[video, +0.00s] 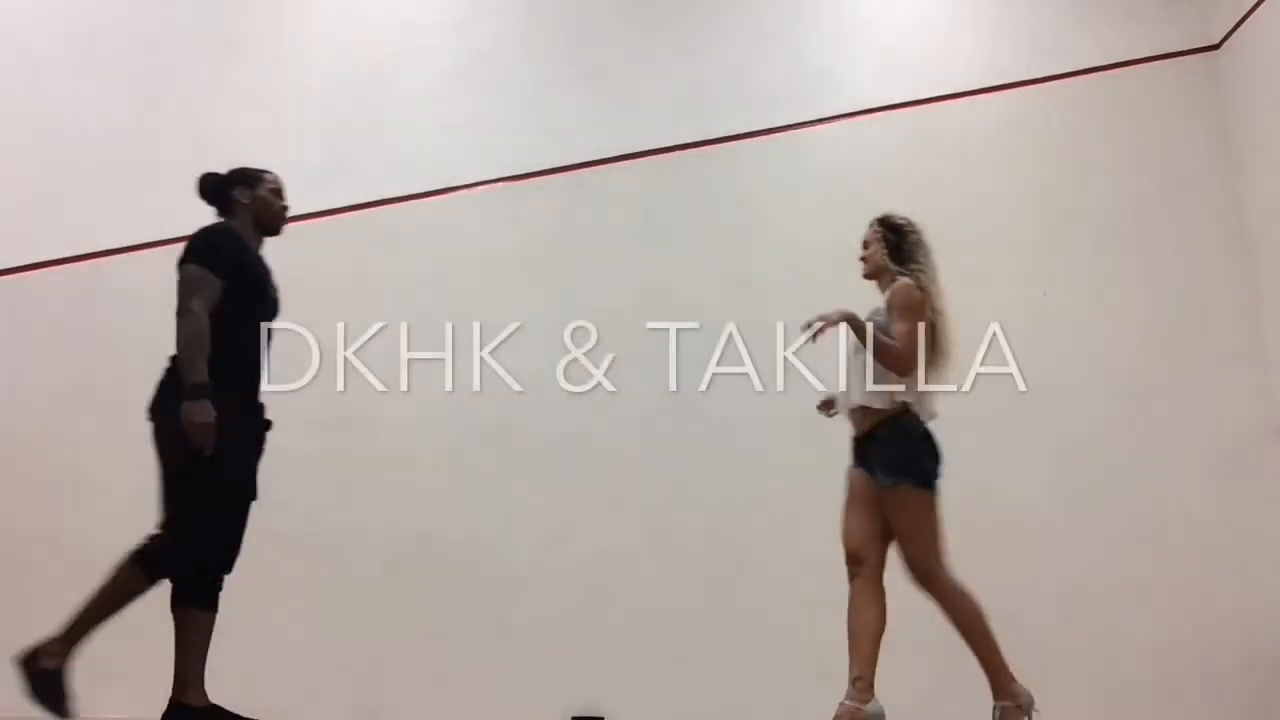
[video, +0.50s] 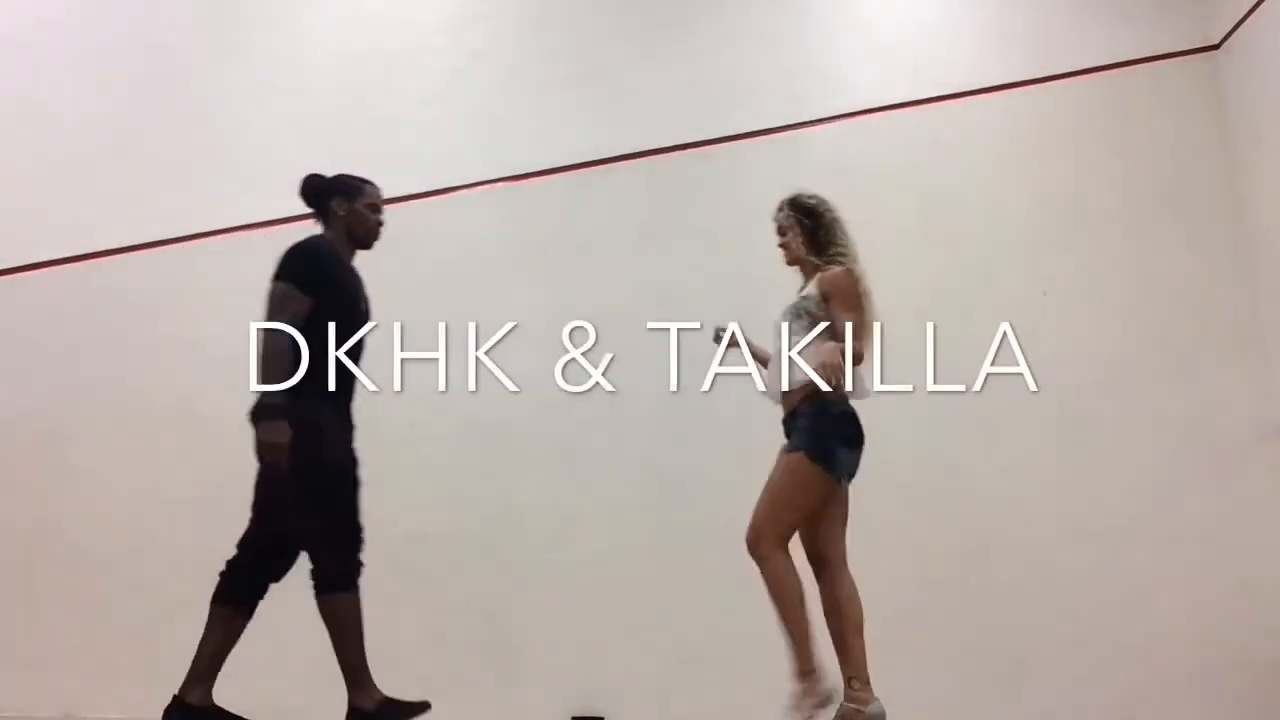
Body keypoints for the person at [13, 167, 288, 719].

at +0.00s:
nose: (285, 202)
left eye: (283, 194)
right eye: (276, 192)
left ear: (249, 201)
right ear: (244, 197)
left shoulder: (248, 258)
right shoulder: (217, 242)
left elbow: (238, 345)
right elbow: (192, 311)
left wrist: (248, 414)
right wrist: (197, 393)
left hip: (232, 421)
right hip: (197, 415)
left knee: (209, 552)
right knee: (183, 541)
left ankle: (189, 697)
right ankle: (52, 653)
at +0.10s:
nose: (306, 208)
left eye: (306, 200)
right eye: (297, 197)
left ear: (271, 202)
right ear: (263, 199)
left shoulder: (270, 259)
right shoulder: (237, 243)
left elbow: (253, 342)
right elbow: (204, 314)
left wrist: (266, 410)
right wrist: (205, 396)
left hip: (253, 418)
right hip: (224, 414)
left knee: (224, 554)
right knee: (213, 548)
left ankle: (190, 697)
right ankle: (117, 676)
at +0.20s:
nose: (324, 210)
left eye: (324, 202)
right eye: (314, 200)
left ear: (289, 205)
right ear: (280, 202)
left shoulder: (289, 265)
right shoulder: (253, 245)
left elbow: (273, 344)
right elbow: (218, 316)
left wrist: (283, 410)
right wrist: (214, 397)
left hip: (268, 420)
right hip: (245, 417)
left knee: (243, 547)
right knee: (238, 546)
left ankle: (198, 690)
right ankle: (193, 692)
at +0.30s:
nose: (342, 215)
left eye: (342, 207)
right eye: (333, 204)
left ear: (307, 209)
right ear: (298, 205)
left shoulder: (306, 269)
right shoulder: (270, 248)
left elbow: (292, 354)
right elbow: (234, 320)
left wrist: (302, 423)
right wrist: (228, 402)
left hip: (286, 429)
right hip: (264, 426)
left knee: (238, 555)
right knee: (276, 555)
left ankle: (191, 694)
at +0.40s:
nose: (361, 216)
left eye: (361, 208)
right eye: (351, 206)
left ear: (328, 209)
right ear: (317, 206)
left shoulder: (326, 271)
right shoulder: (290, 251)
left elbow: (312, 357)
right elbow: (252, 324)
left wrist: (314, 427)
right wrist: (247, 404)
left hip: (298, 426)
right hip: (288, 426)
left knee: (246, 556)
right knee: (313, 552)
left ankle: (192, 694)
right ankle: (341, 694)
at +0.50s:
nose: (381, 219)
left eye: (381, 210)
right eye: (372, 208)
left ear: (345, 212)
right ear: (338, 209)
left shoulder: (340, 270)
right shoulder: (311, 256)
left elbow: (326, 358)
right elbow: (276, 337)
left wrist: (336, 435)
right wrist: (273, 415)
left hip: (313, 431)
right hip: (311, 432)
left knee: (259, 557)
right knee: (337, 555)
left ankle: (195, 692)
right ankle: (363, 695)